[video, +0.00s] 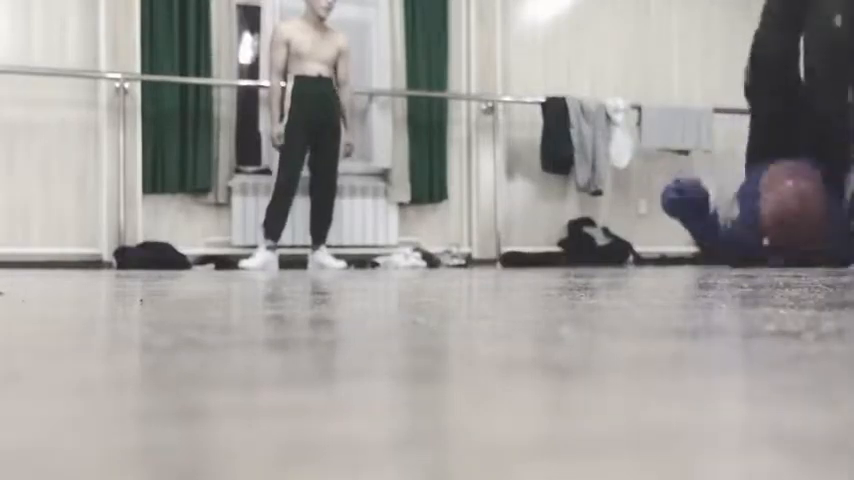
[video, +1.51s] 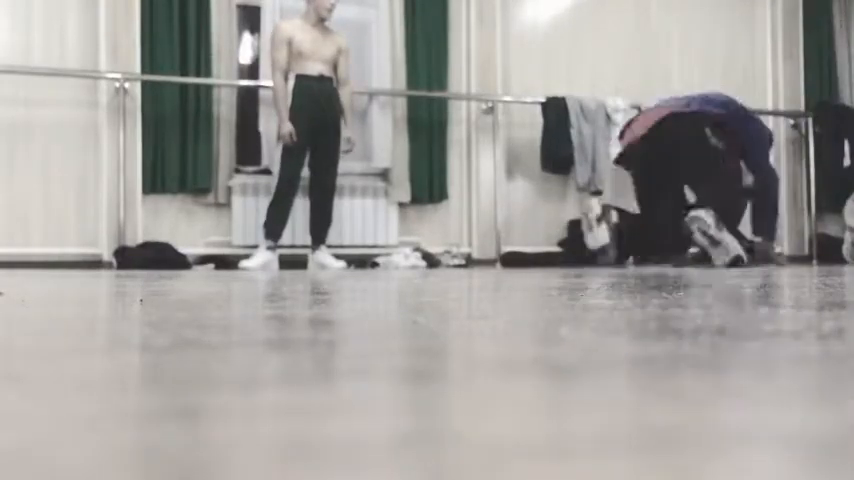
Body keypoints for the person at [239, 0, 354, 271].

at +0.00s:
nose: (328, 4)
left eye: (331, 1)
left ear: (332, 6)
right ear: (310, 1)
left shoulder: (338, 39)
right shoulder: (285, 31)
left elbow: (343, 87)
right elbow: (276, 78)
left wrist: (348, 129)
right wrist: (276, 122)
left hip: (327, 100)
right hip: (297, 99)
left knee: (325, 180)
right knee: (287, 177)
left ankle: (319, 251)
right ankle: (268, 249)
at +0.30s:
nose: (329, 4)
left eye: (332, 1)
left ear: (332, 6)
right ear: (310, 1)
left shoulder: (338, 39)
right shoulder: (286, 30)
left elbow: (342, 86)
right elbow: (278, 76)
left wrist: (344, 129)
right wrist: (281, 117)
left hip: (329, 100)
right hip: (299, 97)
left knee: (324, 179)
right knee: (288, 176)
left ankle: (319, 251)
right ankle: (268, 250)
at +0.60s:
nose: (332, 5)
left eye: (334, 2)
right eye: (327, 0)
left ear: (332, 7)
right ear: (312, 1)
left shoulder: (338, 40)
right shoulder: (286, 30)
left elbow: (344, 83)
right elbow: (280, 75)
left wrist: (350, 123)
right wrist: (285, 116)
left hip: (329, 99)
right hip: (300, 96)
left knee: (325, 179)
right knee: (289, 176)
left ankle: (319, 251)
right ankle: (268, 249)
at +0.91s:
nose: (331, 5)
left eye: (334, 2)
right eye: (327, 0)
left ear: (331, 7)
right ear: (312, 1)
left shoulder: (337, 40)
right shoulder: (286, 30)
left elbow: (344, 84)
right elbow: (279, 76)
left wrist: (346, 125)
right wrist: (283, 120)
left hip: (329, 100)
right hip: (300, 97)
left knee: (325, 179)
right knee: (289, 177)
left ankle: (319, 250)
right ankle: (268, 249)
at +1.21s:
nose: (331, 5)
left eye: (334, 2)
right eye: (327, 0)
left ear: (331, 7)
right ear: (312, 1)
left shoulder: (337, 40)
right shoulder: (286, 29)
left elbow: (344, 85)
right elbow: (279, 76)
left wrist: (345, 128)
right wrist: (283, 120)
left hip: (329, 101)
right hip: (299, 98)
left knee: (325, 179)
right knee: (289, 177)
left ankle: (319, 250)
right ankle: (268, 249)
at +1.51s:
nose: (331, 5)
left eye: (333, 2)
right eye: (327, 1)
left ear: (331, 8)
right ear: (312, 2)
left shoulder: (337, 40)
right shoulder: (286, 30)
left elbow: (343, 84)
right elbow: (279, 76)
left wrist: (347, 126)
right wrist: (283, 119)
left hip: (328, 100)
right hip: (299, 97)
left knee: (324, 180)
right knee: (288, 178)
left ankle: (319, 250)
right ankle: (268, 248)